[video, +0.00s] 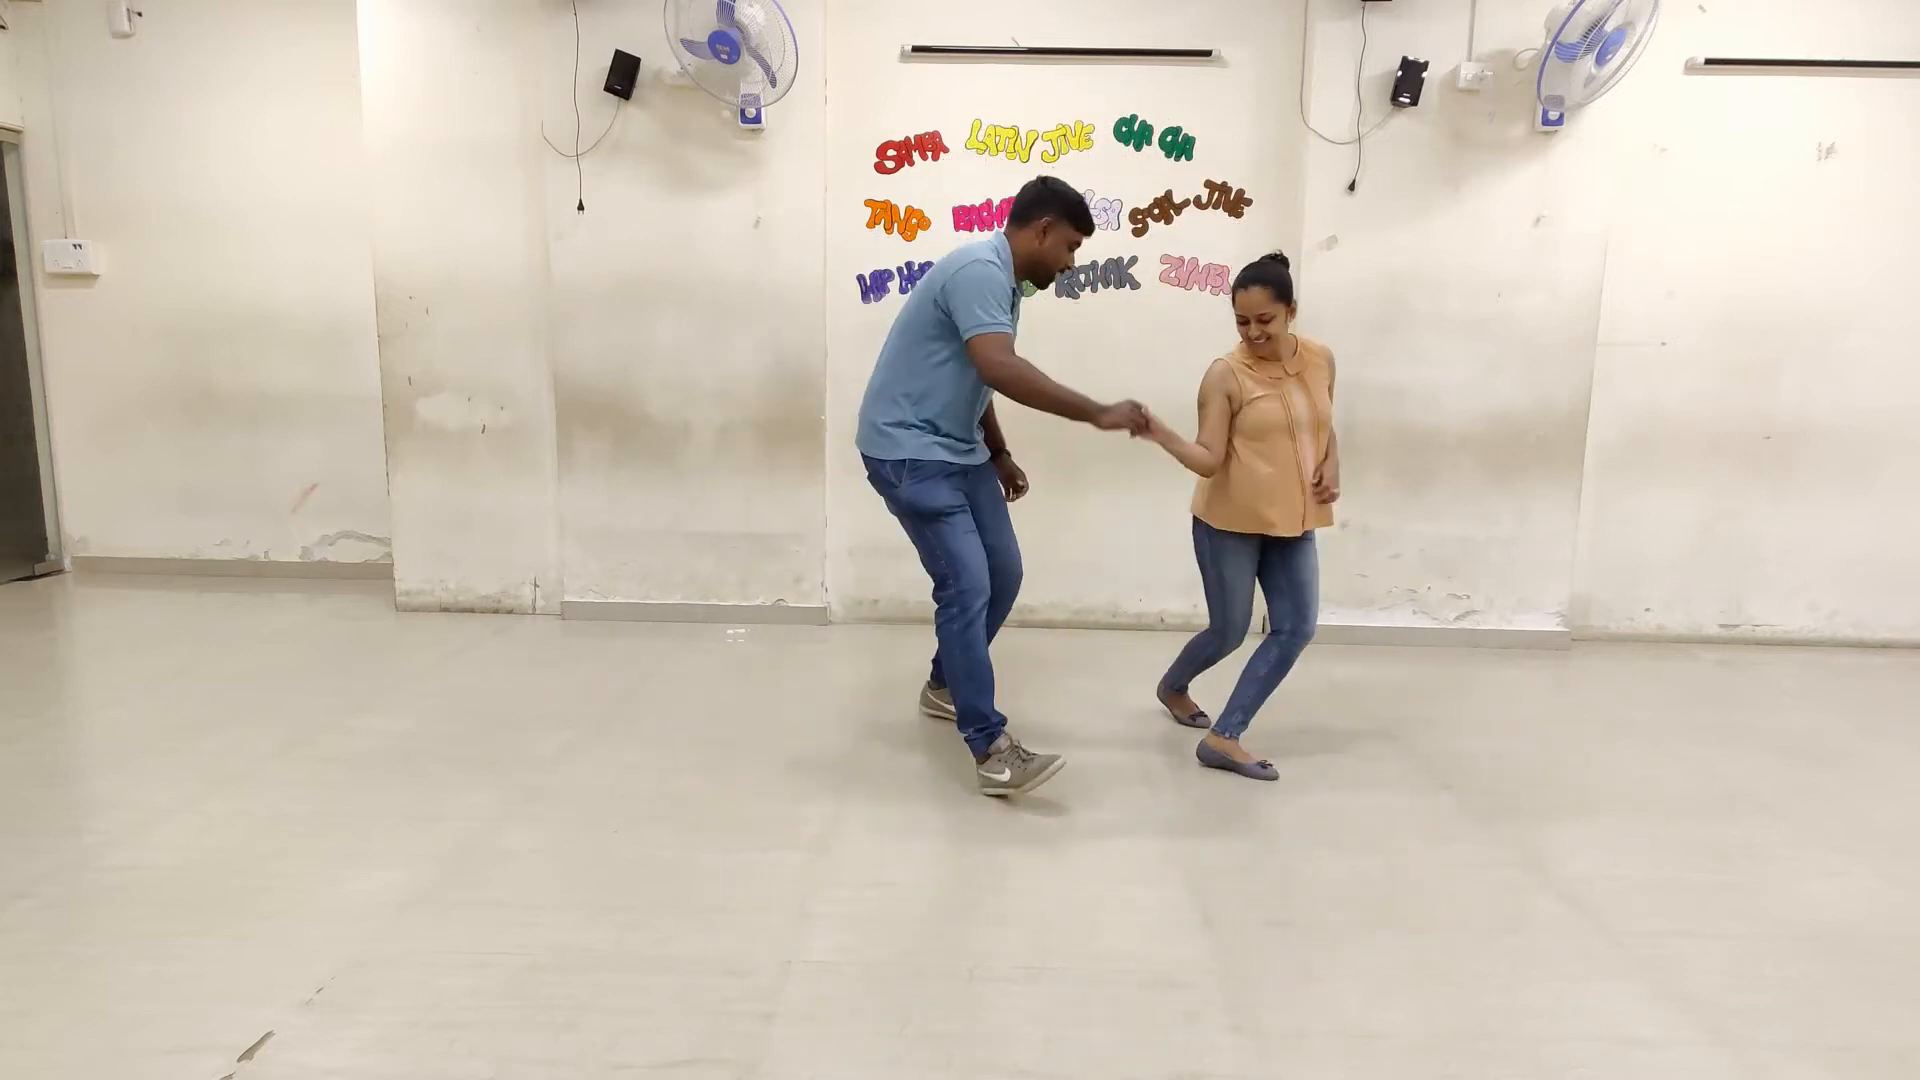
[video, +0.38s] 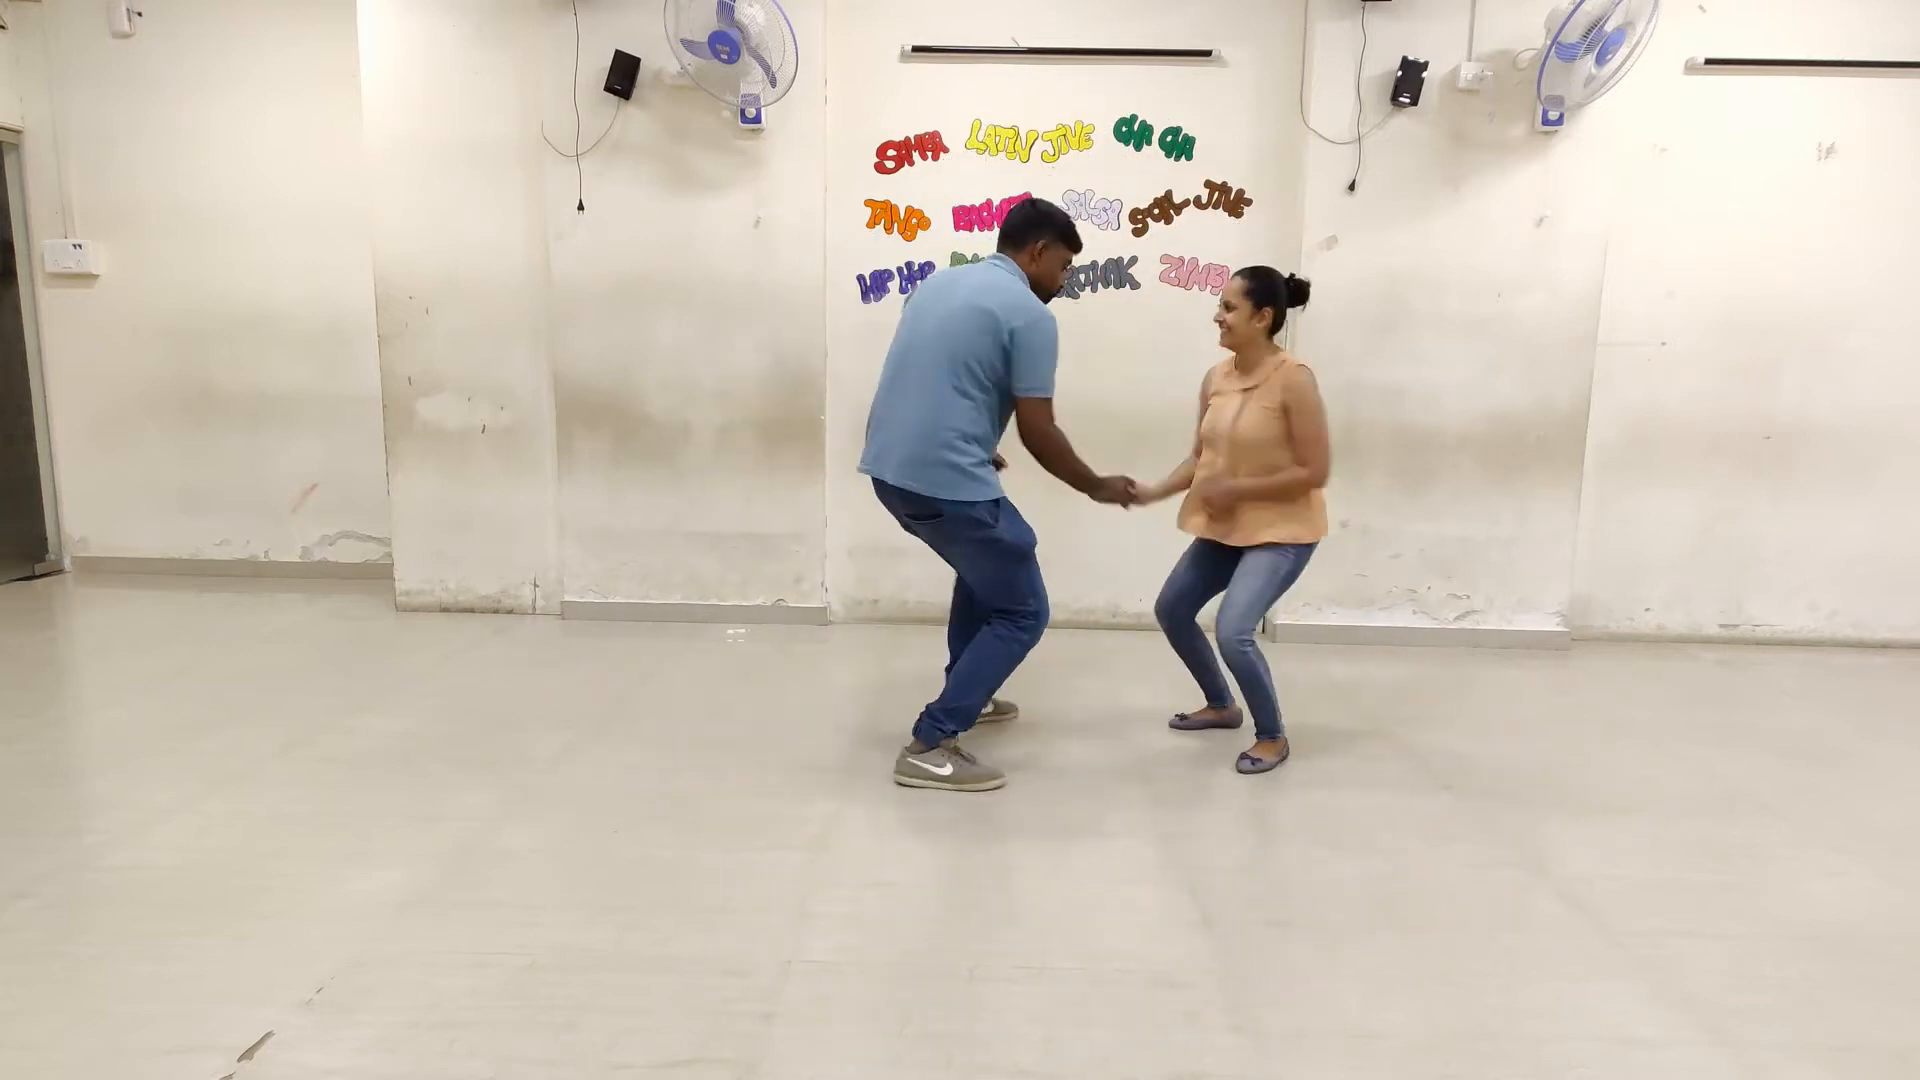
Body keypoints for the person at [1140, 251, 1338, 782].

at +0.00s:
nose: (1254, 332)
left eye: (1265, 319)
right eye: (1243, 321)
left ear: (1290, 310)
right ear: (1234, 314)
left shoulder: (1318, 360)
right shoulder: (1224, 375)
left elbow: (1324, 426)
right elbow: (1209, 459)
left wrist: (1330, 466)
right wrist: (1159, 432)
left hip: (1291, 523)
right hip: (1227, 521)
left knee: (1294, 628)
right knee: (1230, 630)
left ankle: (1223, 736)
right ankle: (1171, 686)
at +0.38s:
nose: (1218, 316)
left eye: (1229, 309)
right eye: (1219, 306)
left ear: (1264, 317)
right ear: (1239, 315)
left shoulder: (1294, 379)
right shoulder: (1217, 377)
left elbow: (1315, 472)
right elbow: (1202, 458)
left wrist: (1237, 490)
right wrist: (1154, 490)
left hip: (1282, 532)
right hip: (1222, 528)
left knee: (1232, 631)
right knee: (1171, 609)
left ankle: (1272, 739)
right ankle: (1221, 705)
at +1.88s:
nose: (1280, 294)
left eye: (1290, 283)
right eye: (1282, 283)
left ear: (1325, 289)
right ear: (1318, 290)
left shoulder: (1349, 351)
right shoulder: (1303, 355)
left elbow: (1337, 449)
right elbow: (1240, 406)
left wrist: (1278, 462)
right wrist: (1158, 400)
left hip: (1358, 519)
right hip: (1338, 518)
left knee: (1270, 633)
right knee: (1286, 631)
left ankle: (1318, 761)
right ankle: (1343, 742)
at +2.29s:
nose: (1277, 262)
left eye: (1287, 251)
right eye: (1278, 252)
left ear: (1325, 254)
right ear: (1316, 255)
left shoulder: (1355, 322)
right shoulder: (1289, 322)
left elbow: (1352, 423)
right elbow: (1208, 353)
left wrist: (1296, 447)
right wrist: (1125, 330)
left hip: (1384, 493)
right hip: (1349, 495)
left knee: (1322, 617)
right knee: (1339, 619)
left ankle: (1324, 754)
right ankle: (1351, 742)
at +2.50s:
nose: (1237, 283)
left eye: (1250, 275)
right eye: (1239, 272)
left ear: (1288, 284)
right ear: (1254, 281)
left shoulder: (1316, 347)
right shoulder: (1242, 347)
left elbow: (1337, 447)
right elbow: (1167, 394)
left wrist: (1256, 466)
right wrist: (1091, 371)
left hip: (1315, 518)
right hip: (1277, 518)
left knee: (1222, 624)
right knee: (1278, 641)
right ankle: (1348, 743)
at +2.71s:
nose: (1188, 282)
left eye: (1205, 276)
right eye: (1183, 268)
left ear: (1227, 289)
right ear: (1170, 271)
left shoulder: (1249, 350)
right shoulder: (1150, 349)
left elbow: (1282, 445)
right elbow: (1082, 383)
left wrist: (1189, 467)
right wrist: (1076, 295)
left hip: (1232, 529)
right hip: (1169, 525)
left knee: (1163, 647)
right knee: (1158, 651)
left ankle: (1159, 765)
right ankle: (1256, 698)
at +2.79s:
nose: (1168, 262)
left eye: (1181, 254)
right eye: (1158, 249)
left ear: (1194, 267)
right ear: (1134, 256)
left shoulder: (1218, 332)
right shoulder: (1111, 330)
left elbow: (1252, 420)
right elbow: (1072, 302)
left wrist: (1172, 436)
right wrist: (1096, 210)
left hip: (1202, 511)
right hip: (1127, 509)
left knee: (1166, 644)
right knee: (1105, 649)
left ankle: (1164, 762)